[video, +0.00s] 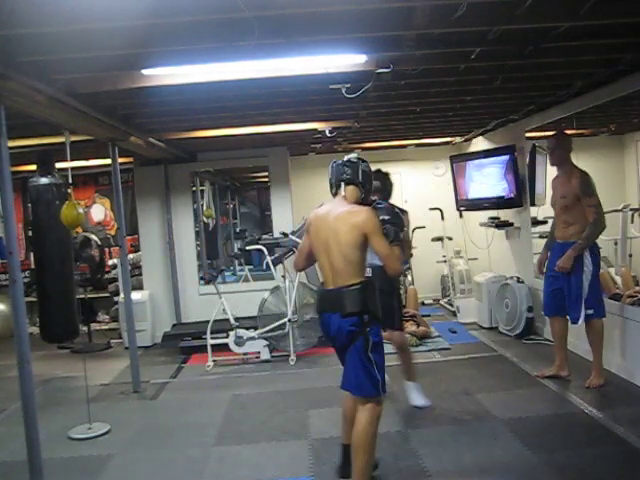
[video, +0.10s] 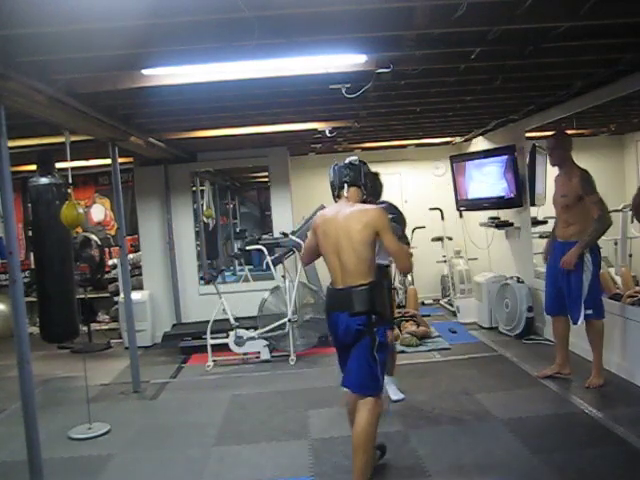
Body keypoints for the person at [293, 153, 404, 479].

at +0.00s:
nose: (369, 190)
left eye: (368, 184)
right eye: (367, 184)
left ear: (335, 183)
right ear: (359, 183)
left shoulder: (316, 217)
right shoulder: (364, 216)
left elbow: (299, 264)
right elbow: (394, 267)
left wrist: (321, 241)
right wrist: (399, 242)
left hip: (329, 309)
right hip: (357, 310)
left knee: (356, 387)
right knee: (370, 400)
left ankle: (349, 458)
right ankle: (360, 474)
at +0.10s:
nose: (369, 191)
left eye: (366, 186)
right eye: (367, 186)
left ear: (338, 187)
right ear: (360, 185)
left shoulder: (321, 219)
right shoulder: (374, 214)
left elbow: (306, 257)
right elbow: (404, 264)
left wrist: (326, 232)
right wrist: (397, 236)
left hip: (336, 308)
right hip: (366, 308)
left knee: (355, 386)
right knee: (370, 398)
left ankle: (366, 447)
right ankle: (361, 473)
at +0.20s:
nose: (364, 193)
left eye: (359, 189)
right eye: (365, 188)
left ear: (337, 190)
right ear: (365, 187)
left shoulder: (324, 220)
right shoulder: (377, 216)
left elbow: (310, 256)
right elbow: (410, 261)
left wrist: (331, 234)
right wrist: (388, 238)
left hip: (340, 310)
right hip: (371, 310)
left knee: (360, 391)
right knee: (380, 397)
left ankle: (372, 455)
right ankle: (364, 472)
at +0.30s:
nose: (369, 192)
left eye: (362, 189)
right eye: (369, 188)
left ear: (341, 188)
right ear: (367, 187)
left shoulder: (326, 219)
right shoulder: (380, 214)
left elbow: (313, 260)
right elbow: (409, 261)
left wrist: (326, 235)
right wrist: (396, 234)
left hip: (342, 305)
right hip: (372, 305)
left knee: (361, 381)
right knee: (404, 386)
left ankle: (370, 452)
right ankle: (377, 464)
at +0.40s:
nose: (376, 195)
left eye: (370, 192)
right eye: (375, 191)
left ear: (347, 190)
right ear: (372, 191)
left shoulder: (330, 222)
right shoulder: (382, 217)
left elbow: (313, 265)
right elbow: (410, 264)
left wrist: (337, 245)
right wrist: (397, 245)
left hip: (345, 309)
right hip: (375, 308)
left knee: (368, 372)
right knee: (404, 382)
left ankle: (366, 439)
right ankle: (397, 466)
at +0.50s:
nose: (375, 203)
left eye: (372, 199)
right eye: (374, 198)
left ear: (345, 200)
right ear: (371, 199)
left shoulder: (330, 228)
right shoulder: (381, 224)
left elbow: (304, 265)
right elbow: (408, 271)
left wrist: (327, 254)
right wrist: (397, 248)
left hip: (345, 312)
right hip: (375, 311)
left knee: (364, 367)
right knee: (397, 385)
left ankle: (357, 433)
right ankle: (395, 467)